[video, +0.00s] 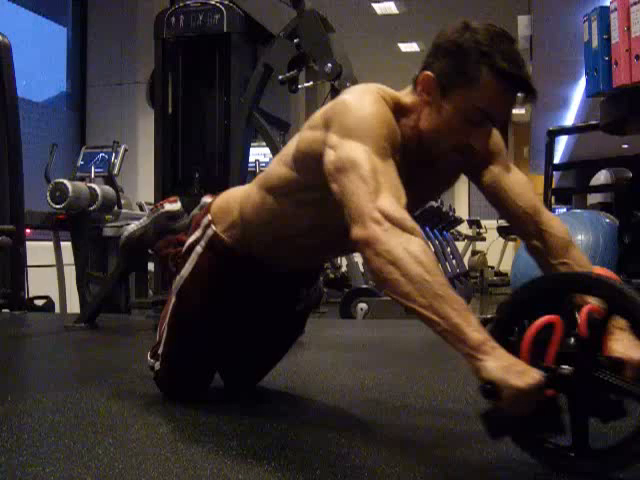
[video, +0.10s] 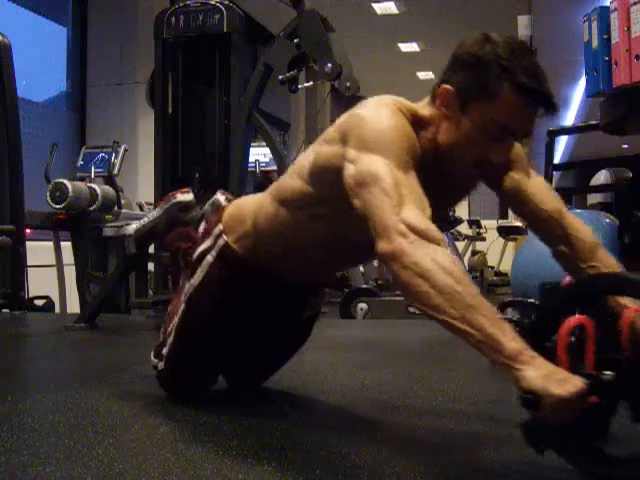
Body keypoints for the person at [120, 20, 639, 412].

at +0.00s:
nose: (489, 142)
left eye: (495, 126)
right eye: (477, 120)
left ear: (497, 121)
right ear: (425, 92)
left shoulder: (472, 139)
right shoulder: (360, 115)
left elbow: (542, 231)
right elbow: (381, 235)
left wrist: (611, 322)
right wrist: (490, 356)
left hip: (297, 276)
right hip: (228, 258)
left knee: (241, 377)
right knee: (180, 382)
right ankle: (182, 241)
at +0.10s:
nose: (508, 156)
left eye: (516, 140)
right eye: (499, 135)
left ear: (524, 133)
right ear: (446, 108)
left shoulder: (492, 147)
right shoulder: (379, 127)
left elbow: (556, 223)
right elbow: (406, 249)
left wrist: (618, 290)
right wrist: (529, 368)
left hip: (304, 285)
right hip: (239, 264)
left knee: (243, 380)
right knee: (179, 379)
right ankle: (190, 240)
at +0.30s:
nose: (543, 192)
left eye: (553, 178)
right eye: (539, 173)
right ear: (488, 137)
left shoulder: (512, 170)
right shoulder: (417, 151)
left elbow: (617, 247)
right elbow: (466, 270)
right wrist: (608, 373)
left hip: (319, 301)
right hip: (260, 284)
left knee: (246, 380)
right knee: (181, 376)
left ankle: (240, 244)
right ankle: (208, 251)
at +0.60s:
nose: (581, 249)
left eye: (590, 234)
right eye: (576, 231)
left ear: (530, 192)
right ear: (526, 194)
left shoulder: (532, 196)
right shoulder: (452, 198)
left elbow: (629, 258)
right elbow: (526, 309)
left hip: (328, 316)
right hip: (274, 300)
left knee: (244, 377)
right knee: (181, 375)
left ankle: (245, 258)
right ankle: (222, 260)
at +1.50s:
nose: (526, 236)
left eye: (541, 224)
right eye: (528, 216)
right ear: (492, 172)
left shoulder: (514, 171)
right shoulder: (416, 163)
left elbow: (616, 252)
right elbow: (467, 289)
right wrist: (605, 377)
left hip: (320, 301)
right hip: (259, 280)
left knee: (249, 380)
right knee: (184, 379)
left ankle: (259, 237)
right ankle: (220, 252)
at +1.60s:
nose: (502, 217)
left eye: (516, 208)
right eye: (503, 200)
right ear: (471, 155)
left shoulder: (500, 162)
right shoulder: (396, 143)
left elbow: (600, 246)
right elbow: (426, 266)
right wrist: (557, 368)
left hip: (313, 289)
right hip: (248, 268)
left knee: (248, 381)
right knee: (181, 378)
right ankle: (209, 244)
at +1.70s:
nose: (480, 199)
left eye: (494, 192)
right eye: (479, 185)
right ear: (450, 138)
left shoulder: (481, 147)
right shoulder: (377, 130)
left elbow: (564, 230)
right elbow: (400, 253)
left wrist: (622, 298)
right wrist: (515, 361)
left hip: (308, 276)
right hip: (240, 256)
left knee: (246, 378)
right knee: (177, 376)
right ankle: (199, 238)